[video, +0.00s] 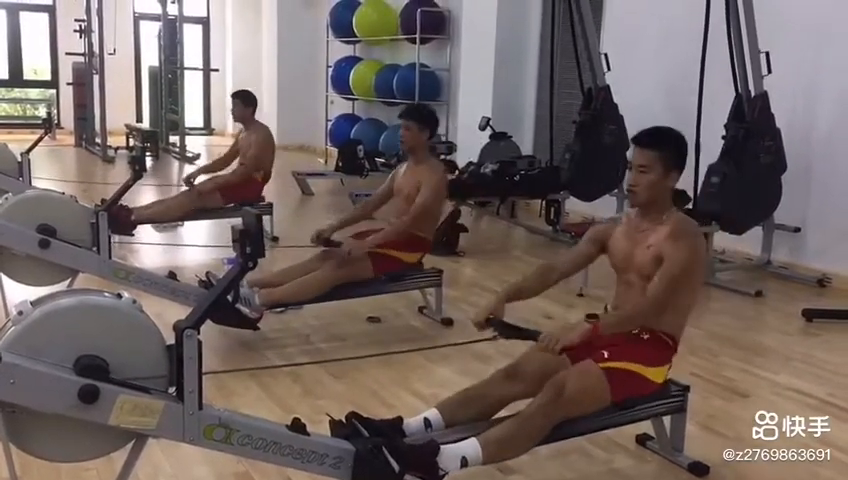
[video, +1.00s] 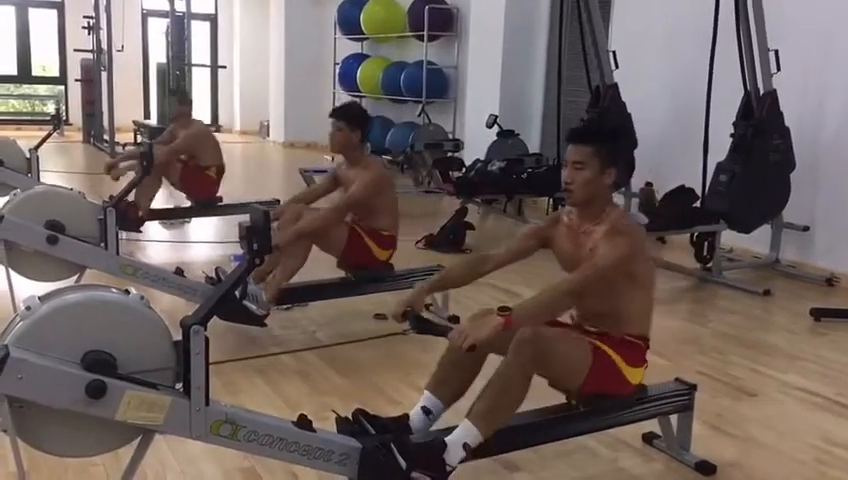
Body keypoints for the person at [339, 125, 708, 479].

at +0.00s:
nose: (632, 179)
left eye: (644, 171)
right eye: (631, 169)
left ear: (674, 177)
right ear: (629, 172)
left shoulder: (684, 238)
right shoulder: (614, 229)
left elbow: (645, 312)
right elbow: (555, 269)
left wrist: (584, 331)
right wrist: (504, 298)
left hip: (649, 348)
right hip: (607, 332)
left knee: (557, 394)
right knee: (515, 374)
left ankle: (444, 462)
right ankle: (407, 430)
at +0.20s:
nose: (623, 179)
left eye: (636, 171)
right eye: (621, 169)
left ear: (664, 178)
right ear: (618, 171)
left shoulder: (679, 238)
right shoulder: (610, 227)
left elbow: (635, 306)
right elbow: (546, 268)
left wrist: (563, 334)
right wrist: (494, 297)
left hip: (649, 348)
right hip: (605, 331)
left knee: (557, 395)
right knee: (516, 375)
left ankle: (444, 462)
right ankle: (405, 430)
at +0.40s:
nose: (616, 179)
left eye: (628, 170)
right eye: (614, 168)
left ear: (657, 177)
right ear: (611, 171)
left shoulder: (673, 236)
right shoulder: (603, 227)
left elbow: (628, 299)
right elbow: (538, 267)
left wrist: (561, 331)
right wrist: (482, 297)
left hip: (650, 347)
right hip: (605, 329)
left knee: (554, 394)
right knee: (514, 375)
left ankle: (445, 461)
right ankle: (408, 431)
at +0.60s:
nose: (607, 178)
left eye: (619, 169)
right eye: (605, 167)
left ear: (648, 176)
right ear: (603, 170)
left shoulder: (663, 235)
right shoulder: (594, 226)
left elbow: (615, 299)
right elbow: (528, 265)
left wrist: (550, 325)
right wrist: (474, 290)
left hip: (646, 350)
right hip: (601, 331)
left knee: (553, 373)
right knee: (511, 360)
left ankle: (450, 458)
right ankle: (412, 429)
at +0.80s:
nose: (591, 178)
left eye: (603, 168)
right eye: (590, 167)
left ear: (635, 177)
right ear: (586, 169)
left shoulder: (648, 234)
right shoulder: (580, 224)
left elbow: (595, 295)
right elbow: (509, 264)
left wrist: (525, 329)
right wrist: (450, 292)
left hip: (637, 354)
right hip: (591, 329)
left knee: (542, 358)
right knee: (499, 342)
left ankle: (449, 456)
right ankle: (414, 428)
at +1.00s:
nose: (567, 176)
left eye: (579, 168)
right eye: (566, 166)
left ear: (611, 177)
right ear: (565, 168)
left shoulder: (625, 235)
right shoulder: (558, 224)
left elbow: (570, 289)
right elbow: (486, 262)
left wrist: (500, 323)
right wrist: (426, 288)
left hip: (621, 358)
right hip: (578, 339)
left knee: (530, 342)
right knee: (481, 327)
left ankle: (448, 455)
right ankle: (413, 426)